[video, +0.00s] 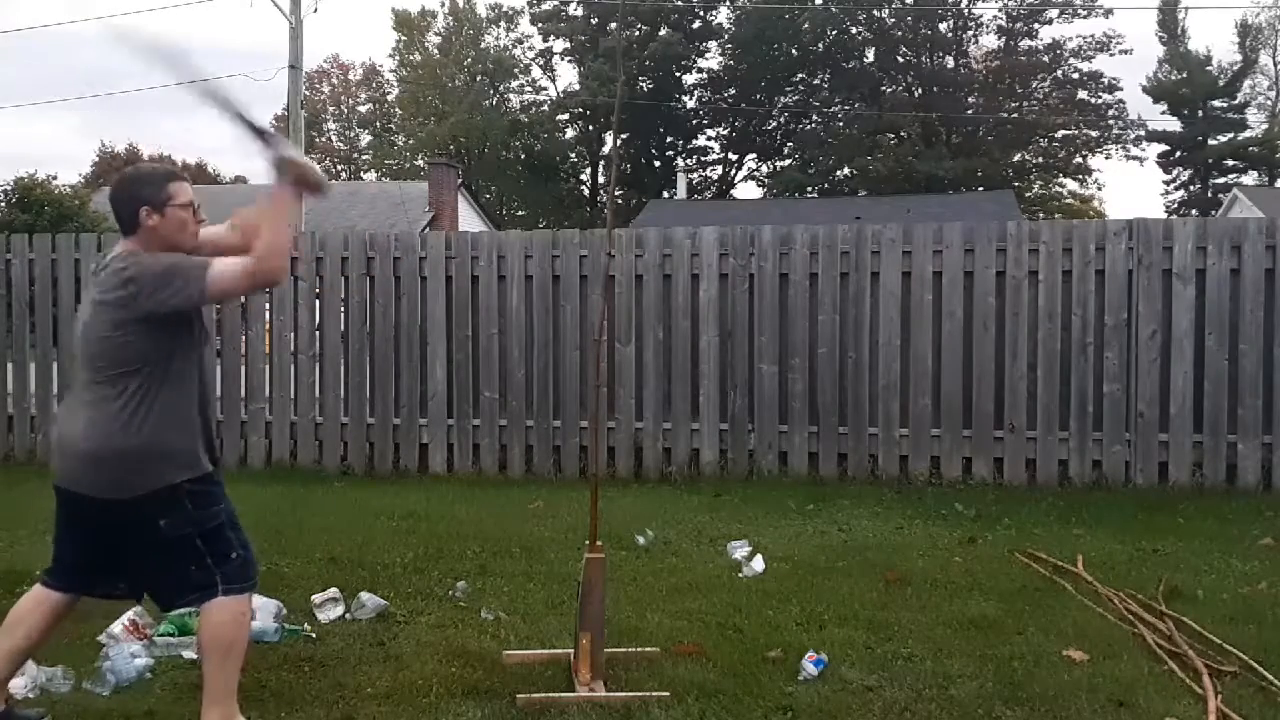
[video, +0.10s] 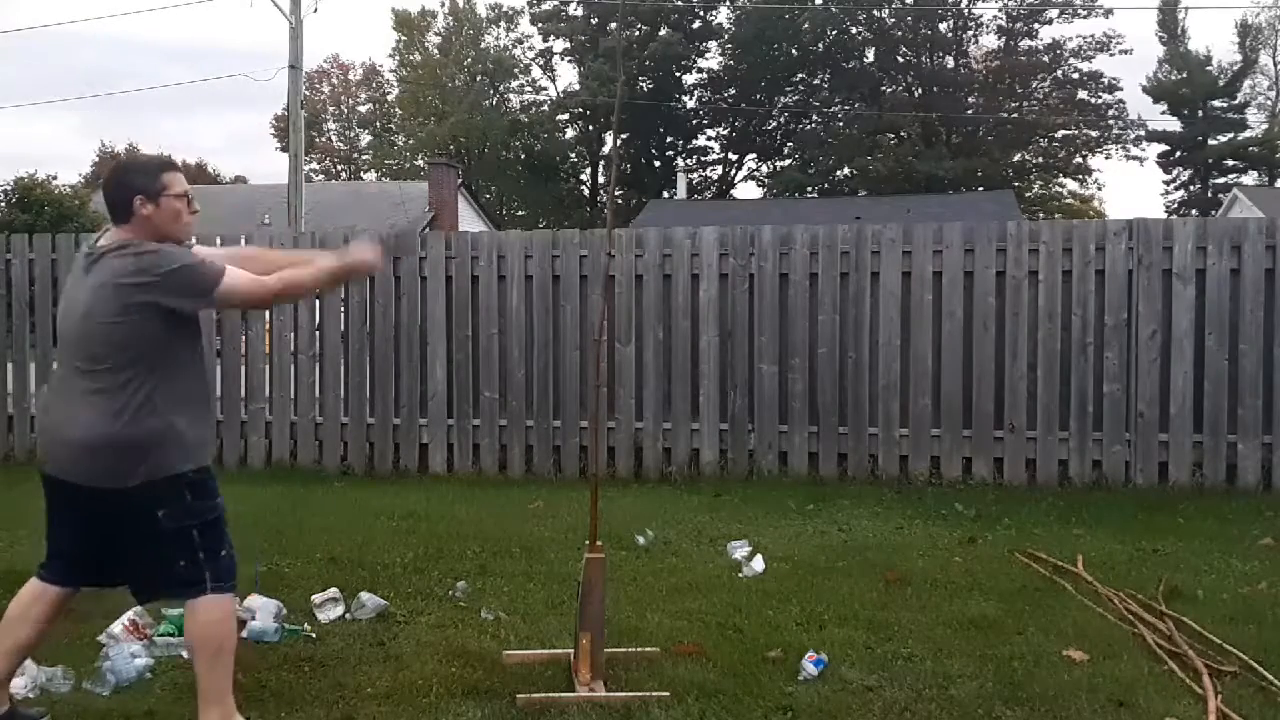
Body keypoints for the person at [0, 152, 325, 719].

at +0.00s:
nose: (199, 217)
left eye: (195, 207)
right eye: (187, 208)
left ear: (150, 220)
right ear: (150, 219)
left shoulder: (123, 265)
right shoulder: (151, 272)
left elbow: (237, 234)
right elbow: (266, 269)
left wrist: (285, 188)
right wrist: (284, 186)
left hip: (85, 463)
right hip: (157, 464)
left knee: (61, 581)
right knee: (229, 579)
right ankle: (220, 710)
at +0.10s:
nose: (193, 209)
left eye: (190, 197)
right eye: (182, 199)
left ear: (136, 209)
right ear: (143, 207)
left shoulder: (98, 257)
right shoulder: (159, 264)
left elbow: (235, 258)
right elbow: (265, 289)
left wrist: (332, 260)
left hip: (72, 457)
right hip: (153, 459)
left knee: (56, 578)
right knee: (211, 582)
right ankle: (218, 710)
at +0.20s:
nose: (193, 208)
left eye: (191, 198)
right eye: (182, 198)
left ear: (136, 206)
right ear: (144, 205)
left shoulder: (83, 249)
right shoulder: (169, 267)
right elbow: (243, 331)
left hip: (60, 449)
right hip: (148, 453)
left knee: (48, 577)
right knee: (200, 585)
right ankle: (217, 711)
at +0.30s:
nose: (194, 214)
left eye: (193, 203)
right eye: (186, 203)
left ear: (137, 211)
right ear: (149, 209)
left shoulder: (73, 254)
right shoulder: (178, 278)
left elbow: (108, 344)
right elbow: (214, 364)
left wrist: (194, 384)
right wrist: (242, 409)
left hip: (48, 444)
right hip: (144, 452)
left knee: (33, 583)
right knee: (200, 587)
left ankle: (0, 692)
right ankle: (216, 710)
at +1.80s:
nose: (176, 213)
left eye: (173, 202)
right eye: (166, 203)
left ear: (121, 214)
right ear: (128, 211)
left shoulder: (84, 272)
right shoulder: (127, 281)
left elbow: (203, 325)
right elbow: (207, 346)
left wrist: (282, 340)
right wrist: (298, 335)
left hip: (42, 457)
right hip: (112, 460)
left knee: (22, 586)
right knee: (196, 579)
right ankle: (214, 708)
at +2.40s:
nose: (200, 228)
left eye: (198, 217)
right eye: (191, 217)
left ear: (149, 226)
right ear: (153, 225)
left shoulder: (109, 273)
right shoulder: (146, 283)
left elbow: (239, 280)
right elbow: (249, 309)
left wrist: (318, 275)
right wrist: (327, 264)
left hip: (46, 463)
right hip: (120, 467)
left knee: (26, 591)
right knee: (204, 588)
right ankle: (203, 714)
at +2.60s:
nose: (188, 228)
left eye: (186, 218)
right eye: (179, 217)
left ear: (134, 224)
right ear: (140, 224)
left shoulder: (106, 274)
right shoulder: (118, 279)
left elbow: (210, 252)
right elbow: (224, 259)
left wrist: (271, 201)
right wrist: (268, 181)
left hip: (50, 466)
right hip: (115, 470)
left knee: (28, 587)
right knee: (197, 585)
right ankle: (203, 712)